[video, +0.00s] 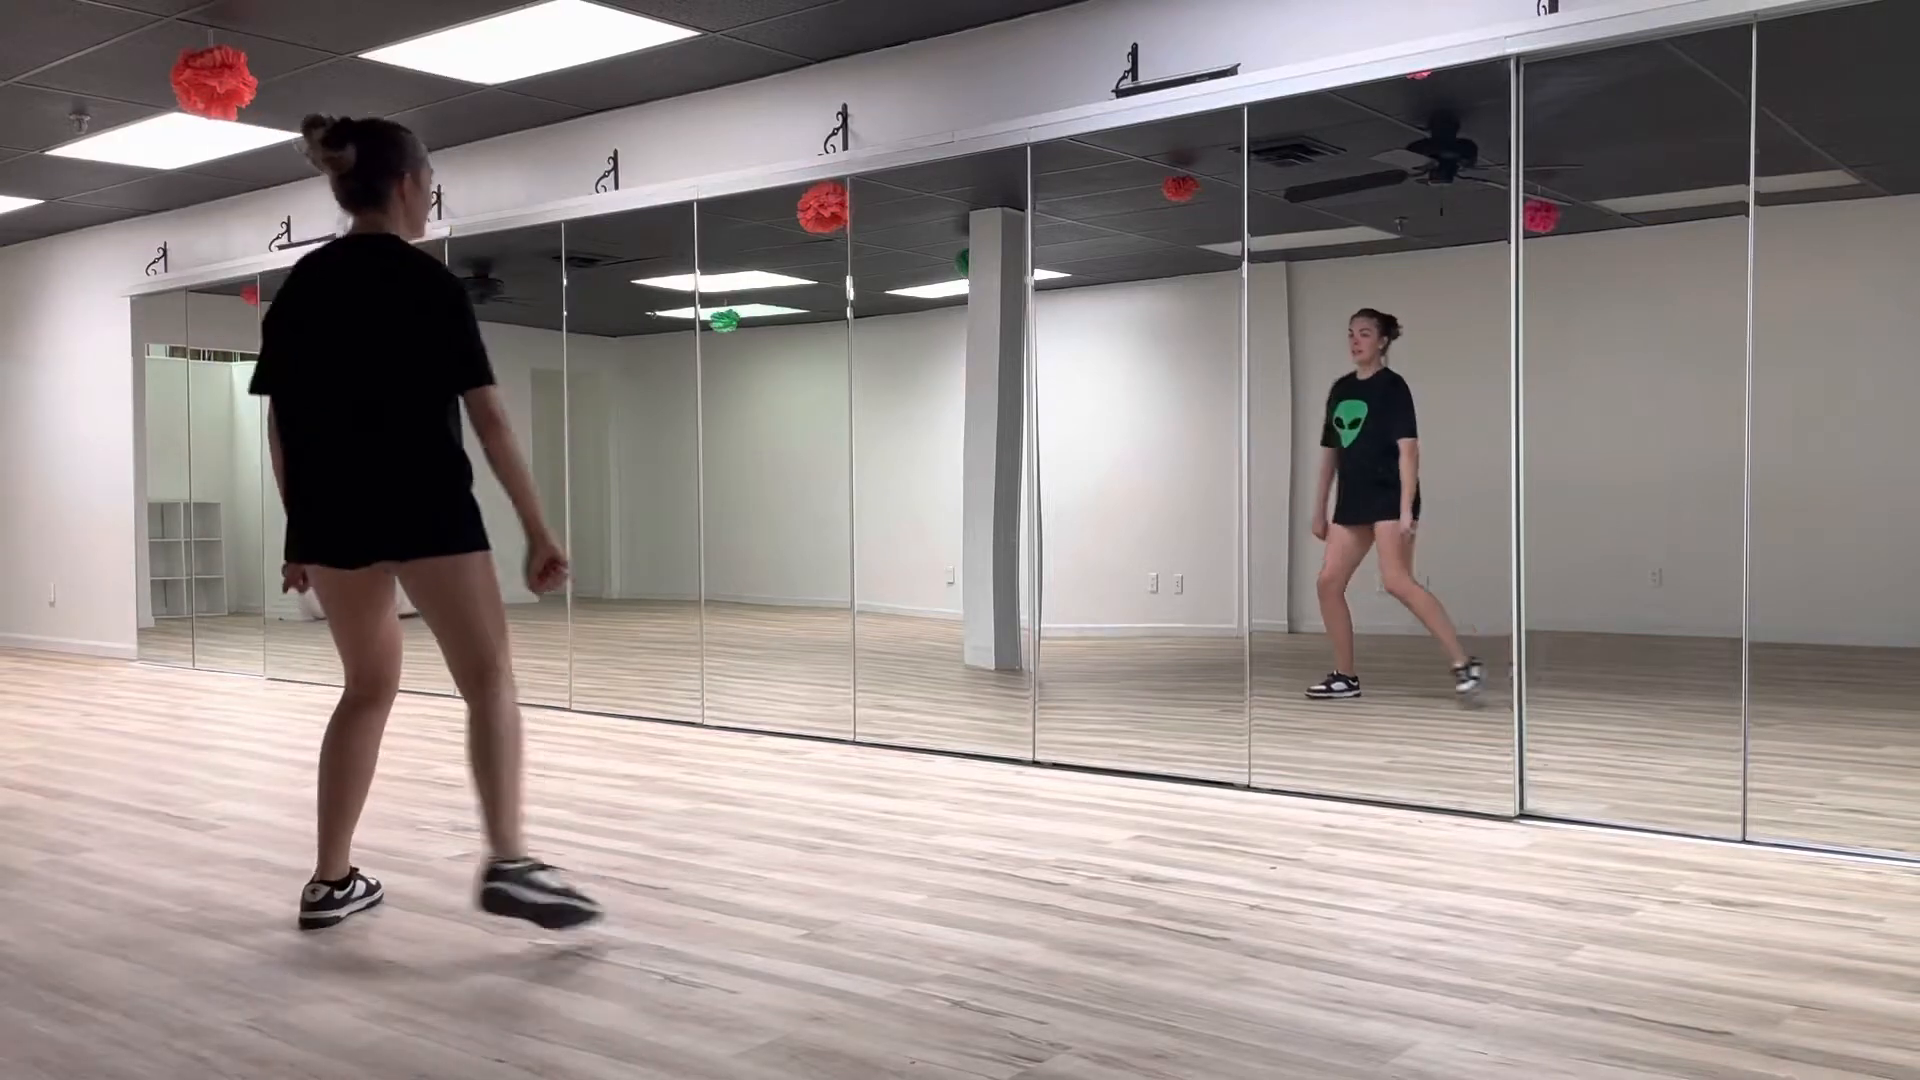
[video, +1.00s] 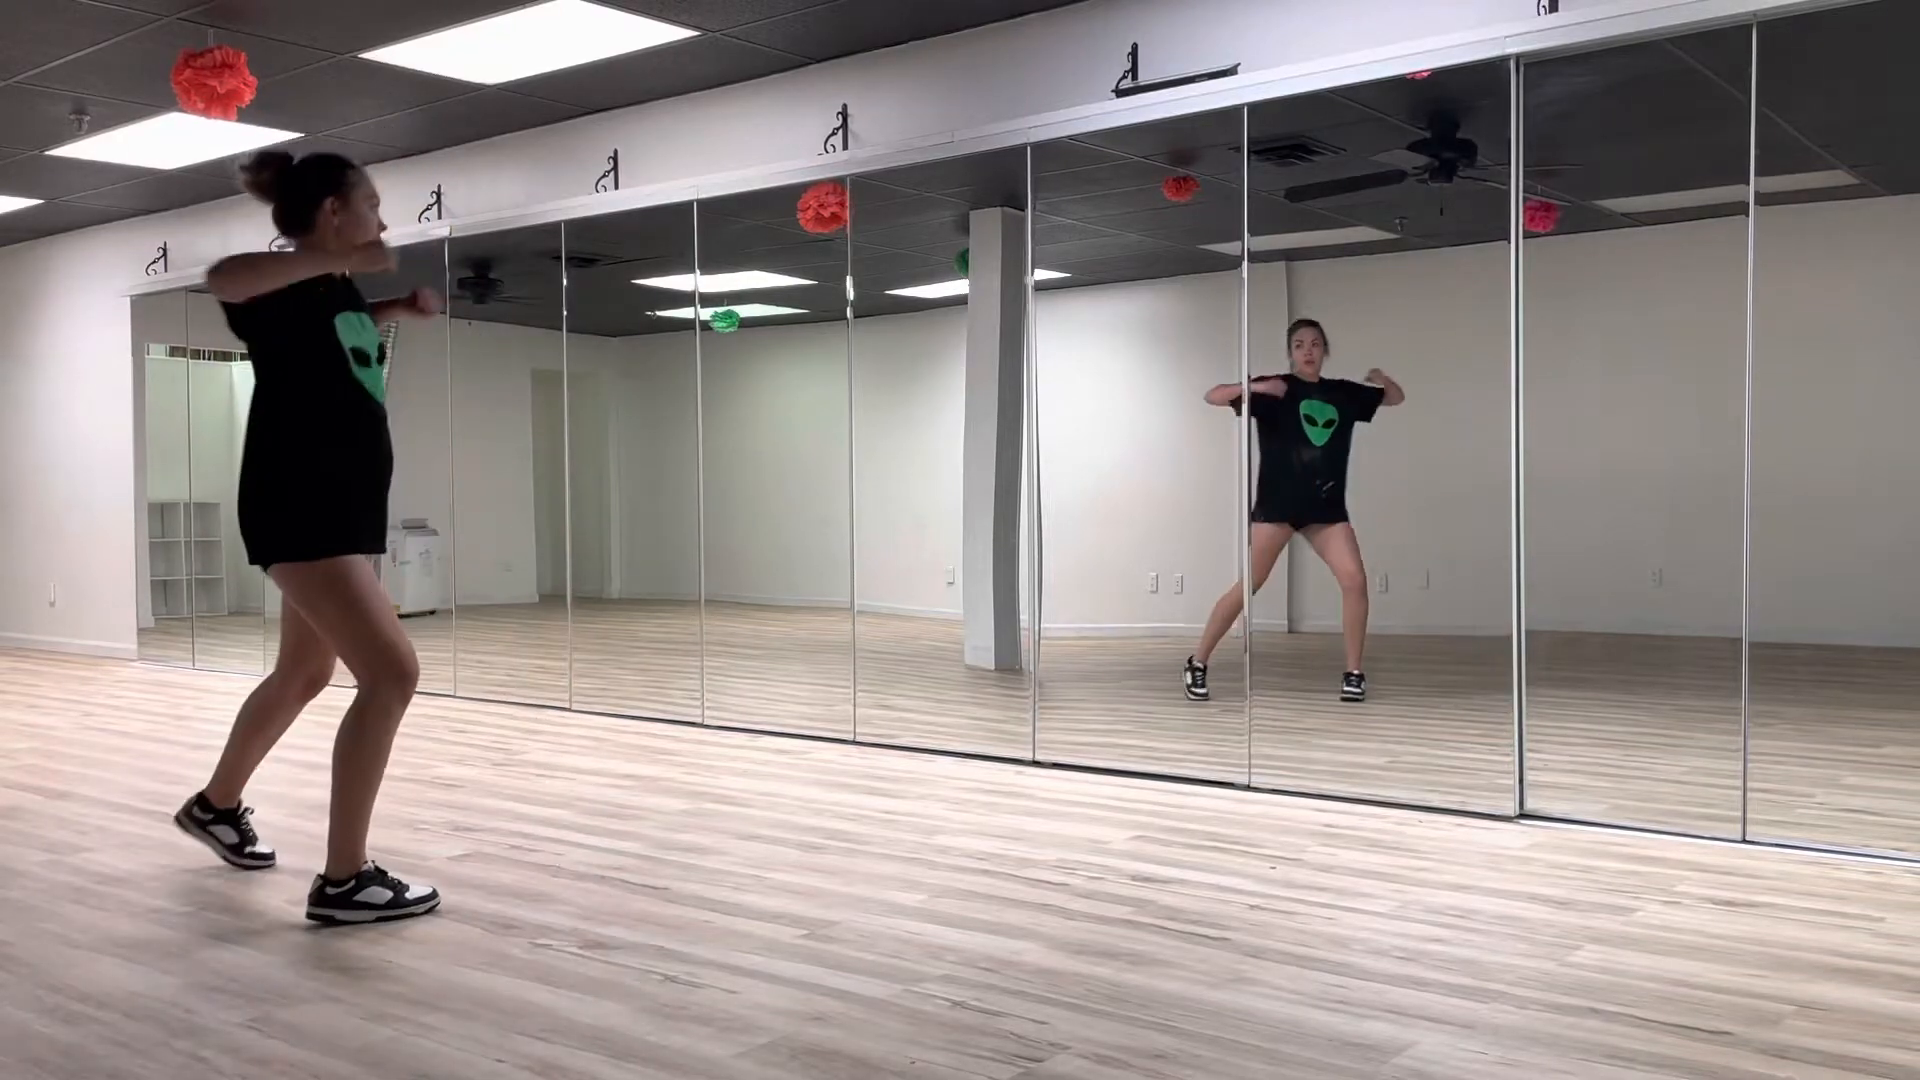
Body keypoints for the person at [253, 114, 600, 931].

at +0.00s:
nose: (432, 203)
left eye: (431, 189)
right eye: (428, 188)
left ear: (347, 192)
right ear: (404, 187)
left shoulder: (297, 286)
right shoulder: (429, 281)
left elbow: (279, 427)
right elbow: (488, 416)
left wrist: (298, 534)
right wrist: (537, 527)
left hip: (327, 515)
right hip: (427, 505)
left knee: (366, 685)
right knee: (487, 679)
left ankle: (330, 878)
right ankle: (509, 858)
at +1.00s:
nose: (378, 222)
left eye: (377, 209)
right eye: (371, 208)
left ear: (333, 212)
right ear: (332, 211)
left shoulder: (338, 289)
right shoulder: (269, 276)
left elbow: (342, 331)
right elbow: (219, 278)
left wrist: (399, 308)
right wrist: (334, 258)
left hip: (340, 505)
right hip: (294, 507)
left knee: (303, 671)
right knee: (392, 674)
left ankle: (216, 801)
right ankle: (344, 876)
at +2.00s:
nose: (428, 188)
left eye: (426, 173)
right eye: (424, 173)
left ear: (350, 178)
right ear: (397, 173)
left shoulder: (318, 263)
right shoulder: (399, 263)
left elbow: (315, 397)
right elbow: (420, 401)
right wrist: (448, 524)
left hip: (312, 489)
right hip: (384, 492)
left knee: (335, 681)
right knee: (377, 684)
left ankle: (326, 875)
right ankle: (347, 876)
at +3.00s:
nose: (477, 169)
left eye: (476, 155)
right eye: (468, 153)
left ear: (403, 164)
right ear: (448, 158)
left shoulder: (401, 240)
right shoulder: (428, 219)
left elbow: (484, 166)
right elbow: (519, 135)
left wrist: (499, 104)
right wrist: (583, 34)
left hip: (420, 468)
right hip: (469, 465)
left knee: (404, 674)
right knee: (522, 672)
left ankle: (333, 868)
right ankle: (515, 902)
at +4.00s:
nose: (557, 177)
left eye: (554, 162)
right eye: (547, 161)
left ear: (499, 168)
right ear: (510, 165)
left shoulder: (484, 255)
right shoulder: (456, 248)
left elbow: (470, 391)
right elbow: (422, 386)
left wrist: (509, 499)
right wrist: (485, 505)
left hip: (454, 498)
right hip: (450, 498)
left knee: (428, 684)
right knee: (530, 685)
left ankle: (342, 864)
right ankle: (511, 912)